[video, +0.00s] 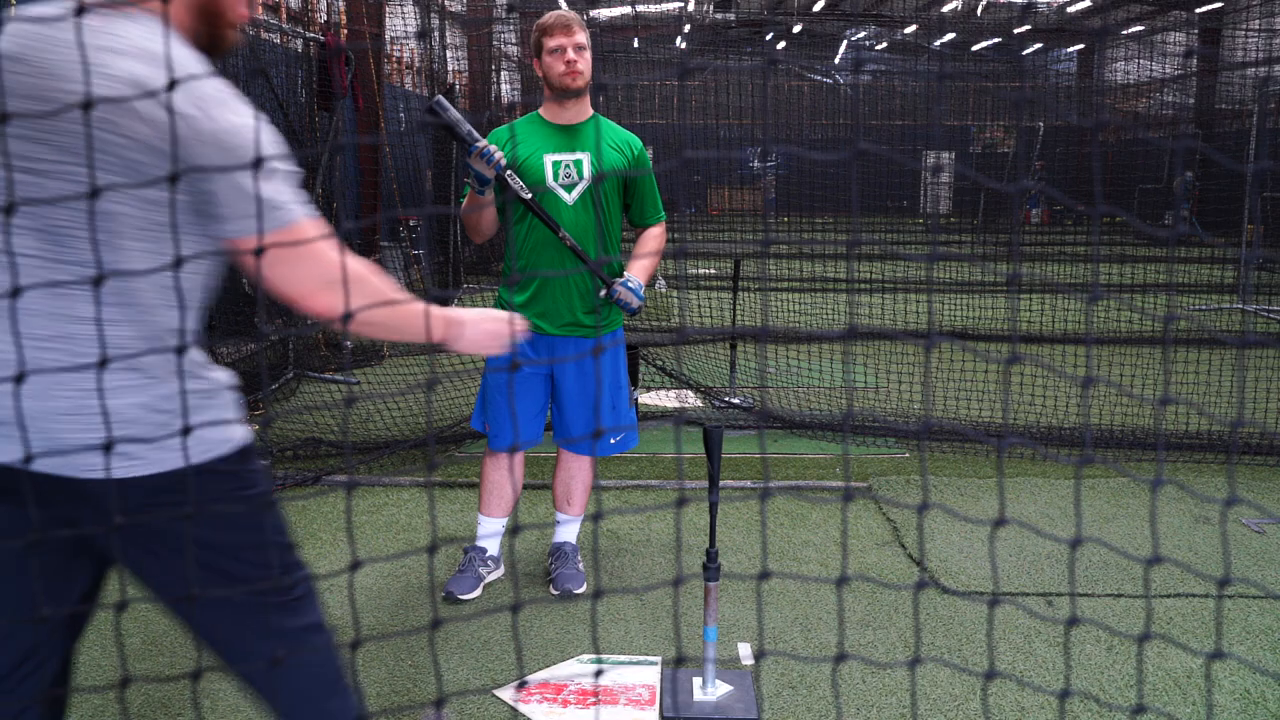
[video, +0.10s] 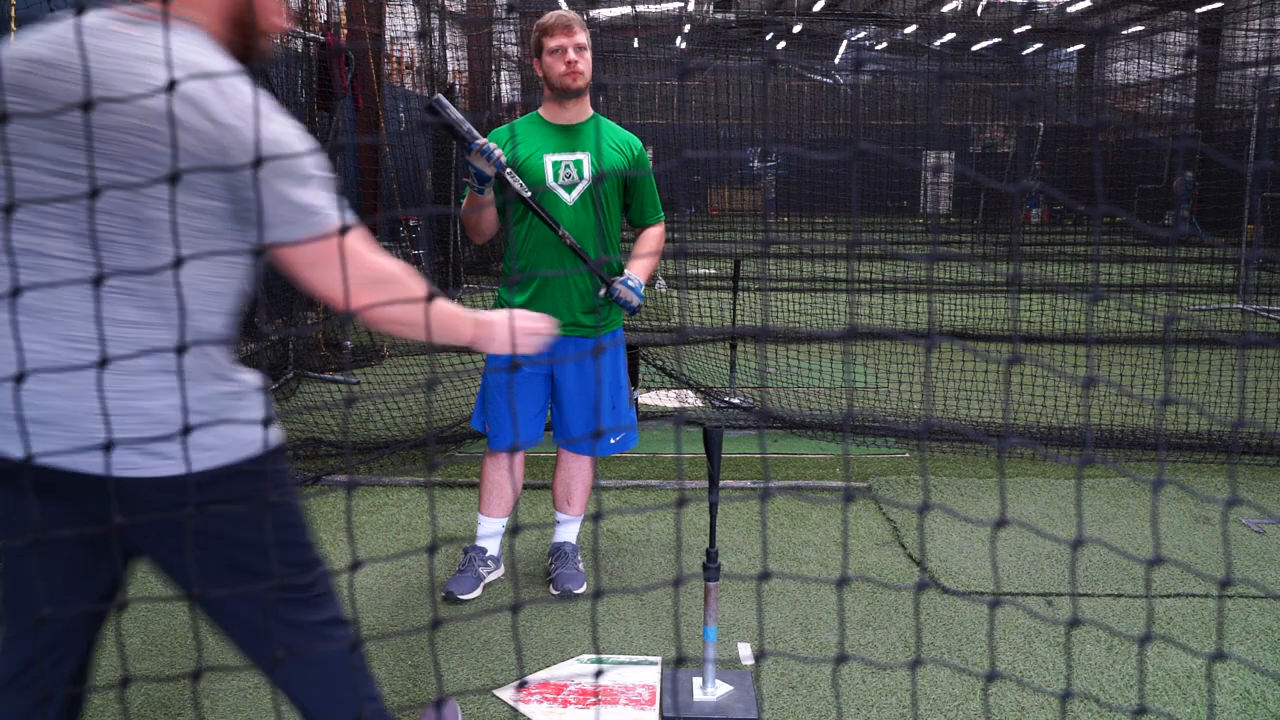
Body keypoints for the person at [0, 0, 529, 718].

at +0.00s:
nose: (253, 7)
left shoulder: (15, 45)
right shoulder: (196, 105)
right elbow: (321, 281)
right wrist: (450, 325)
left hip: (21, 448)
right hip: (159, 445)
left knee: (17, 686)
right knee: (295, 661)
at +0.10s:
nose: (292, 18)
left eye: (294, 5)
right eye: (287, 3)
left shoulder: (18, 64)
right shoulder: (241, 116)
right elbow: (357, 283)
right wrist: (485, 327)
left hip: (33, 452)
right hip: (194, 453)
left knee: (29, 690)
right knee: (322, 665)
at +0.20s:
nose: (373, 21)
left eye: (375, 7)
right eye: (364, 3)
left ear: (252, 2)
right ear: (317, 3)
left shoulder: (96, 74)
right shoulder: (329, 137)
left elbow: (35, 215)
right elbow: (431, 288)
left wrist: (57, 359)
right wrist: (537, 335)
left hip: (104, 434)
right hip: (259, 443)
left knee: (82, 664)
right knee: (358, 660)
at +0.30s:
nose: (404, 55)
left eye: (408, 36)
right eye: (401, 33)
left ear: (290, 10)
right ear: (355, 18)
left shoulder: (142, 74)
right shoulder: (367, 145)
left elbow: (68, 201)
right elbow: (464, 289)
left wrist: (83, 347)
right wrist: (571, 343)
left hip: (129, 427)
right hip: (287, 437)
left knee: (111, 637)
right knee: (374, 634)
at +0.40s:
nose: (468, 75)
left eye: (474, 57)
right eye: (468, 54)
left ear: (370, 21)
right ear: (431, 37)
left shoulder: (224, 74)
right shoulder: (430, 153)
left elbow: (131, 188)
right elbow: (516, 291)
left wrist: (149, 328)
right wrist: (608, 353)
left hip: (175, 401)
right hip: (322, 418)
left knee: (139, 611)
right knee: (392, 623)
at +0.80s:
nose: (543, 137)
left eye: (547, 122)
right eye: (543, 120)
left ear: (463, 77)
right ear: (516, 102)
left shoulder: (342, 97)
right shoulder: (514, 198)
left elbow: (223, 180)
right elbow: (596, 323)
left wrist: (211, 318)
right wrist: (672, 389)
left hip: (229, 370)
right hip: (373, 406)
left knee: (148, 584)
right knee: (407, 593)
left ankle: (78, 711)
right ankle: (404, 713)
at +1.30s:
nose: (494, 96)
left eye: (498, 82)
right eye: (493, 80)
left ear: (410, 51)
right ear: (468, 67)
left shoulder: (271, 85)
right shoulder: (474, 176)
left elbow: (169, 187)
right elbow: (512, 313)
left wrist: (184, 299)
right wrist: (559, 411)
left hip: (188, 379)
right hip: (335, 406)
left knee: (122, 593)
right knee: (387, 599)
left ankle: (56, 707)